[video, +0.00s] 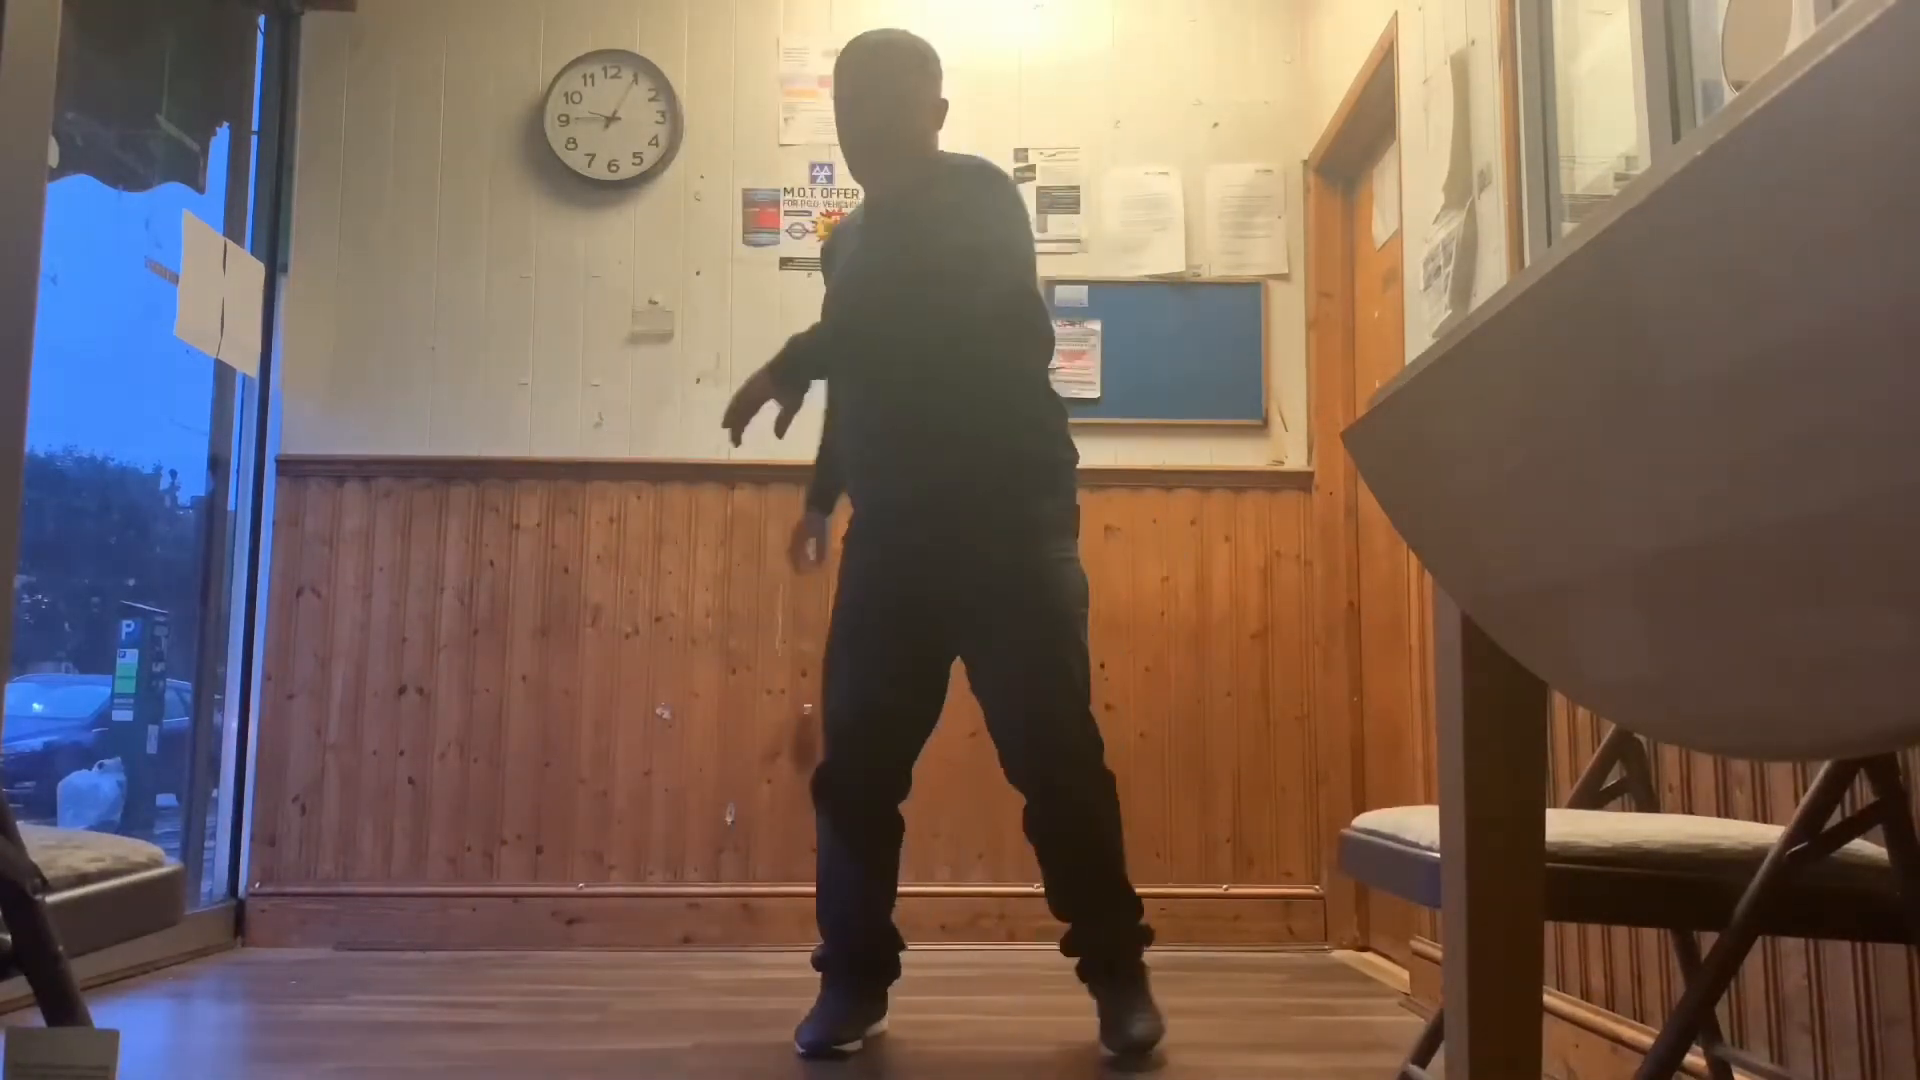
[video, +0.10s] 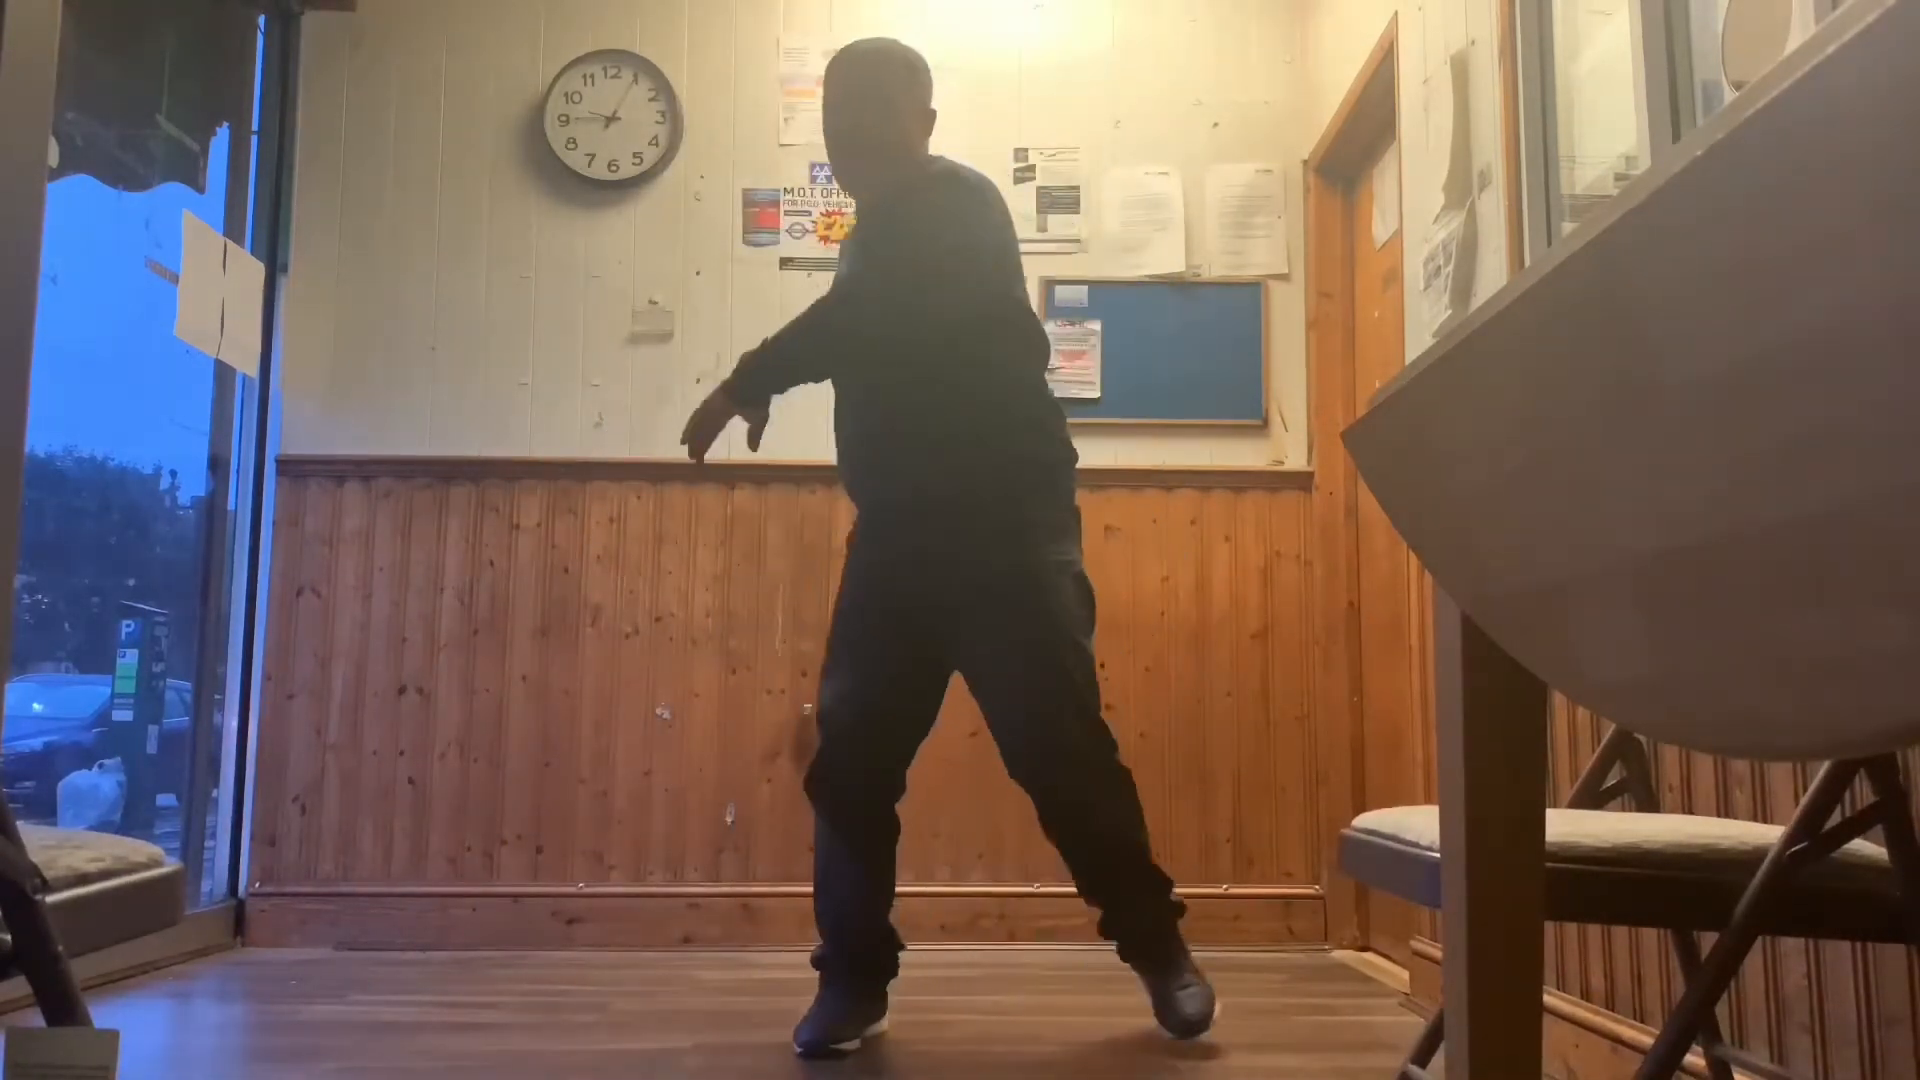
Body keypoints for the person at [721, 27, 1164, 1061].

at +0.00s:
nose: (856, 128)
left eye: (878, 104)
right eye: (845, 108)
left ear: (932, 103)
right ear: (838, 118)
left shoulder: (978, 191)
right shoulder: (849, 246)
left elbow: (949, 313)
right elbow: (858, 369)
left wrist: (796, 359)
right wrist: (822, 490)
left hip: (1011, 525)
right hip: (895, 533)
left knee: (1057, 756)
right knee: (856, 765)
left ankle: (1118, 971)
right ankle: (852, 978)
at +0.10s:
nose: (835, 141)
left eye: (855, 118)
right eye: (830, 120)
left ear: (915, 114)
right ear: (836, 127)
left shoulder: (950, 202)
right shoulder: (877, 232)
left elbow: (862, 314)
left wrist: (747, 380)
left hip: (1006, 531)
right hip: (899, 537)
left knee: (1060, 748)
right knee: (851, 758)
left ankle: (1158, 950)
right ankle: (851, 977)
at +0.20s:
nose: (833, 153)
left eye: (852, 129)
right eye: (826, 133)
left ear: (909, 124)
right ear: (834, 138)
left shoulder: (941, 203)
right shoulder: (893, 232)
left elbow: (857, 323)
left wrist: (743, 414)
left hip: (1021, 537)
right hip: (915, 543)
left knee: (1088, 755)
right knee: (858, 764)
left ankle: (1180, 955)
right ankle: (853, 979)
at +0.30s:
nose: (841, 189)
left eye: (857, 166)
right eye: (836, 166)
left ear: (915, 158)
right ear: (855, 165)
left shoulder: (942, 245)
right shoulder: (907, 255)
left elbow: (895, 400)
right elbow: (878, 402)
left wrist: (821, 512)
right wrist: (828, 510)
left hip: (1036, 562)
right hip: (934, 565)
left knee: (1105, 784)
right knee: (848, 776)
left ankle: (1195, 981)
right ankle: (852, 983)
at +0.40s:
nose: (875, 191)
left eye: (901, 170)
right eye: (867, 170)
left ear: (955, 179)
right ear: (858, 178)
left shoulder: (992, 281)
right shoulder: (856, 310)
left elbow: (1046, 449)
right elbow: (830, 435)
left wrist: (1080, 599)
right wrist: (782, 503)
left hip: (1034, 579)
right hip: (917, 589)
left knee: (1102, 798)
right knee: (841, 784)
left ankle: (1195, 977)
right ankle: (850, 987)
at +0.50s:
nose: (973, 182)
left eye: (996, 166)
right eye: (962, 157)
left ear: (1014, 172)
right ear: (927, 151)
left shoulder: (1036, 285)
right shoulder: (815, 262)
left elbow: (1123, 422)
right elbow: (764, 413)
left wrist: (1158, 572)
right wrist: (868, 480)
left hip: (1006, 570)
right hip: (868, 574)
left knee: (1110, 758)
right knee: (849, 789)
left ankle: (1197, 974)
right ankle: (848, 986)